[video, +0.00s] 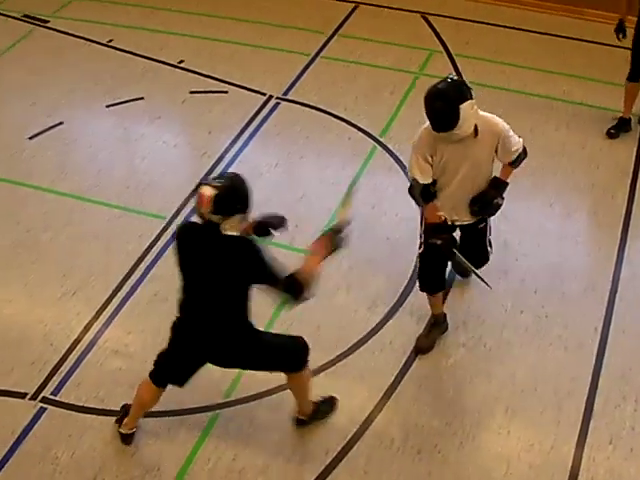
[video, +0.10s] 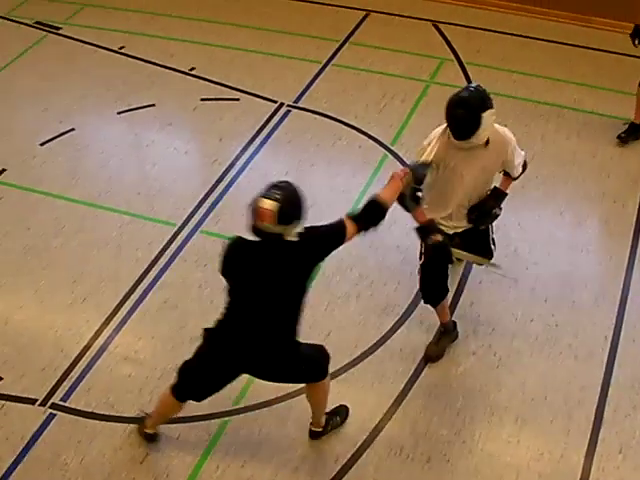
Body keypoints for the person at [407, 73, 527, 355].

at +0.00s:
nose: (456, 134)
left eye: (459, 127)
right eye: (449, 130)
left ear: (469, 113)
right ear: (437, 123)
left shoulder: (493, 128)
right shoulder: (426, 141)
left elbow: (515, 154)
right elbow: (422, 189)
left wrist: (497, 188)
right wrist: (436, 231)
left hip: (475, 213)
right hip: (438, 215)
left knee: (476, 259)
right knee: (431, 272)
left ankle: (460, 262)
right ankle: (438, 319)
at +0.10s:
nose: (459, 141)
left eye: (466, 137)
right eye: (455, 136)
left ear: (482, 127)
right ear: (450, 124)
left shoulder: (501, 140)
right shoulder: (438, 141)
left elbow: (516, 166)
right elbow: (407, 190)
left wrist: (496, 197)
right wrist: (428, 230)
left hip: (472, 221)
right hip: (434, 220)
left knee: (482, 255)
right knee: (431, 286)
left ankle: (446, 243)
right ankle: (446, 327)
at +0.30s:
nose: (477, 156)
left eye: (483, 152)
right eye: (475, 149)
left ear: (488, 148)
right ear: (464, 138)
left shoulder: (480, 160)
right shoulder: (443, 160)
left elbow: (481, 184)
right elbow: (411, 176)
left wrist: (471, 209)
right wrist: (392, 196)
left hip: (442, 214)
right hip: (415, 217)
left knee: (461, 239)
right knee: (436, 278)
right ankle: (430, 324)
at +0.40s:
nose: (482, 151)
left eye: (484, 146)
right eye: (481, 145)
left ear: (466, 129)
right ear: (475, 142)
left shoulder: (466, 154)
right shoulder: (435, 155)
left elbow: (457, 182)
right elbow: (398, 166)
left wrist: (445, 200)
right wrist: (375, 197)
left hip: (429, 204)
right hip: (403, 215)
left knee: (464, 222)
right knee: (431, 282)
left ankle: (428, 232)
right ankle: (421, 334)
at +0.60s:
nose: (455, 126)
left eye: (458, 121)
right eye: (454, 120)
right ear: (446, 117)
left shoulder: (440, 132)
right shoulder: (405, 136)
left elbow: (429, 163)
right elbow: (360, 173)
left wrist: (420, 185)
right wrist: (355, 210)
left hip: (408, 191)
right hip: (380, 201)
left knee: (439, 210)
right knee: (385, 253)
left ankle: (416, 239)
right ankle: (387, 287)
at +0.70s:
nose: (439, 106)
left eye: (441, 100)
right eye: (437, 99)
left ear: (420, 91)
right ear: (426, 95)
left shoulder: (423, 119)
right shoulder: (391, 120)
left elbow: (411, 153)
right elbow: (357, 168)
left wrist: (411, 180)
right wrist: (348, 203)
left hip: (399, 182)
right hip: (372, 191)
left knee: (423, 206)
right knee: (385, 253)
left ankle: (412, 242)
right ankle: (377, 301)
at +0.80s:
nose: (418, 99)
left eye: (420, 93)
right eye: (416, 94)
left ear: (397, 82)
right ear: (407, 91)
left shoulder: (397, 104)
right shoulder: (375, 121)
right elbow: (347, 169)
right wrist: (337, 205)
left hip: (388, 174)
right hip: (364, 190)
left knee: (412, 205)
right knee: (371, 255)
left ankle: (410, 243)